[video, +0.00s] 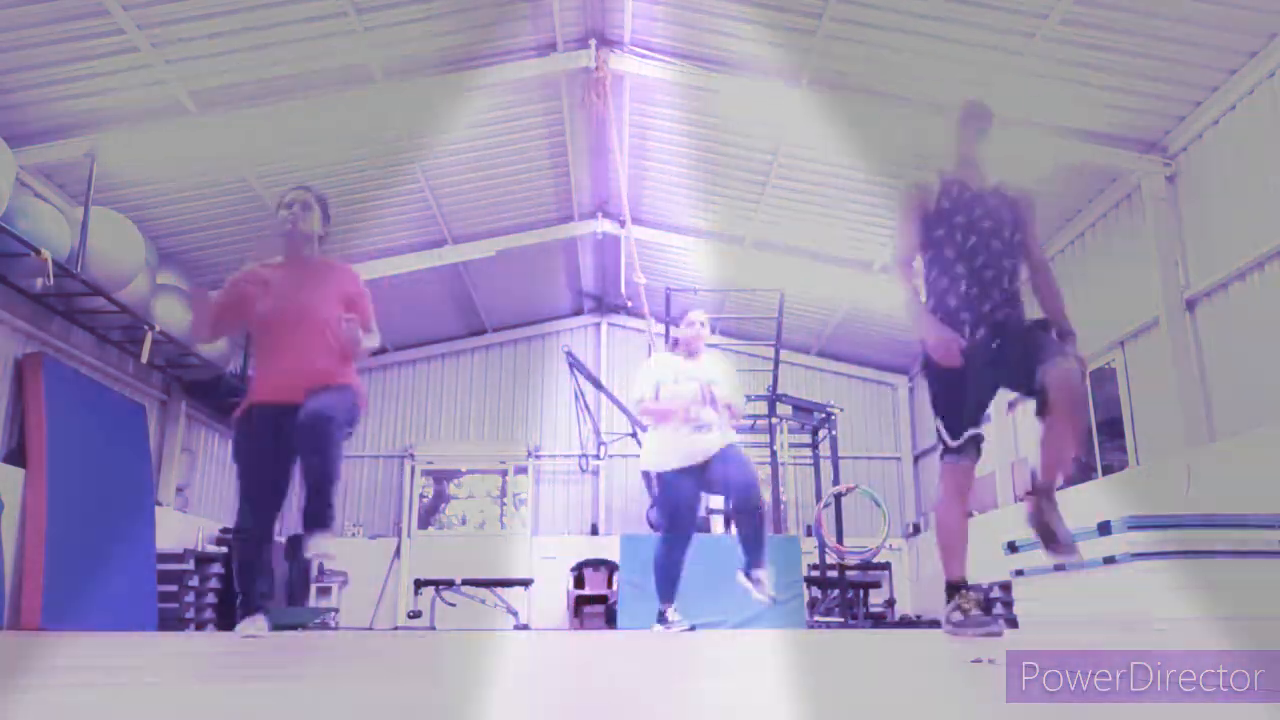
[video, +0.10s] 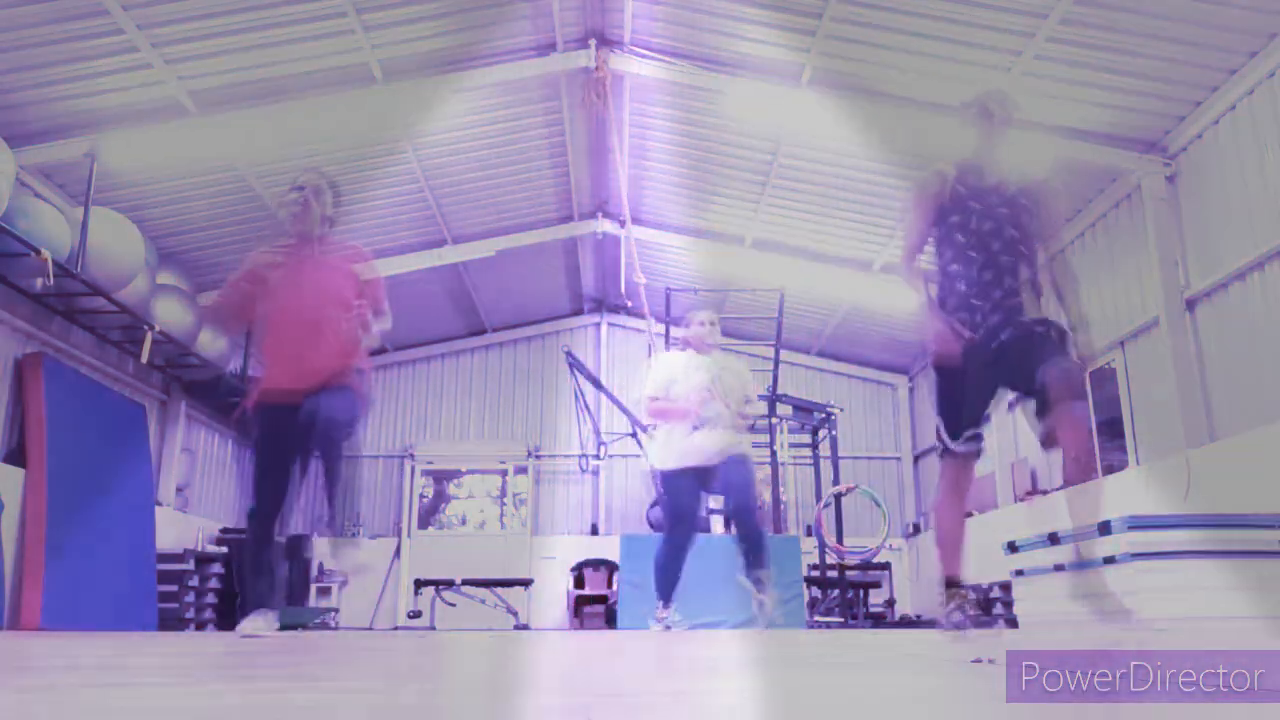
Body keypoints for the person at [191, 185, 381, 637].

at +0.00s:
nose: (294, 214)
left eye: (304, 208)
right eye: (287, 208)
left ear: (323, 223)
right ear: (276, 221)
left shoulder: (343, 278)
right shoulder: (255, 279)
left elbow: (373, 340)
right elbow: (205, 336)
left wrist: (359, 340)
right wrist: (206, 307)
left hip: (330, 391)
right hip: (269, 399)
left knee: (317, 419)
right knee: (255, 516)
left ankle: (318, 531)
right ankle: (253, 612)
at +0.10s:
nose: (304, 200)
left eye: (314, 193)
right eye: (297, 193)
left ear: (329, 206)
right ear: (284, 204)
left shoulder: (353, 259)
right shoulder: (267, 262)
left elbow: (383, 320)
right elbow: (220, 314)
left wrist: (369, 327)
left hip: (337, 384)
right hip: (279, 391)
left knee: (330, 420)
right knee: (265, 506)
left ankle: (341, 533)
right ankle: (261, 608)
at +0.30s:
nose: (326, 221)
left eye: (335, 214)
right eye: (319, 214)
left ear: (352, 227)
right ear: (308, 226)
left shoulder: (376, 283)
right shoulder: (289, 283)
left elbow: (411, 344)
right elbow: (264, 352)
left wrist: (388, 337)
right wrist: (281, 350)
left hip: (365, 409)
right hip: (303, 411)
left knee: (367, 505)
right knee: (289, 512)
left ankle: (365, 611)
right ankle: (281, 611)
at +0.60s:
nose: (373, 197)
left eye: (383, 190)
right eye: (365, 191)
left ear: (401, 203)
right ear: (355, 203)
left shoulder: (422, 258)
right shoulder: (333, 259)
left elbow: (455, 321)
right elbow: (313, 328)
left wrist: (424, 332)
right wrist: (326, 313)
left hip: (394, 382)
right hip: (336, 378)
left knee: (386, 486)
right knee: (309, 458)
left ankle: (387, 605)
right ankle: (309, 548)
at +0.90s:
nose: (391, 191)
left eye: (401, 185)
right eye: (383, 186)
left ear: (420, 199)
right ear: (372, 201)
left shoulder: (443, 254)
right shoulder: (353, 255)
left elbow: (473, 317)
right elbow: (323, 317)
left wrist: (442, 331)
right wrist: (322, 307)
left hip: (420, 381)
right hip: (364, 373)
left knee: (414, 486)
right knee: (352, 433)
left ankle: (417, 598)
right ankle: (351, 554)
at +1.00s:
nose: (397, 205)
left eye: (407, 199)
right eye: (389, 199)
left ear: (424, 212)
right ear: (378, 211)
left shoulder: (446, 268)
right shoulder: (358, 269)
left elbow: (472, 333)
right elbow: (339, 340)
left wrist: (451, 361)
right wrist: (328, 333)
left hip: (428, 404)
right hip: (366, 399)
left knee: (423, 509)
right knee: (362, 506)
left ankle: (422, 607)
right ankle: (369, 611)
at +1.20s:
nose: (404, 201)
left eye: (412, 194)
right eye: (396, 194)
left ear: (428, 206)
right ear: (384, 206)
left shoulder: (453, 260)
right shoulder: (367, 263)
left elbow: (488, 311)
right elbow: (323, 320)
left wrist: (472, 334)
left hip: (438, 401)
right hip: (380, 398)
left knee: (436, 491)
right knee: (374, 510)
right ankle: (372, 609)